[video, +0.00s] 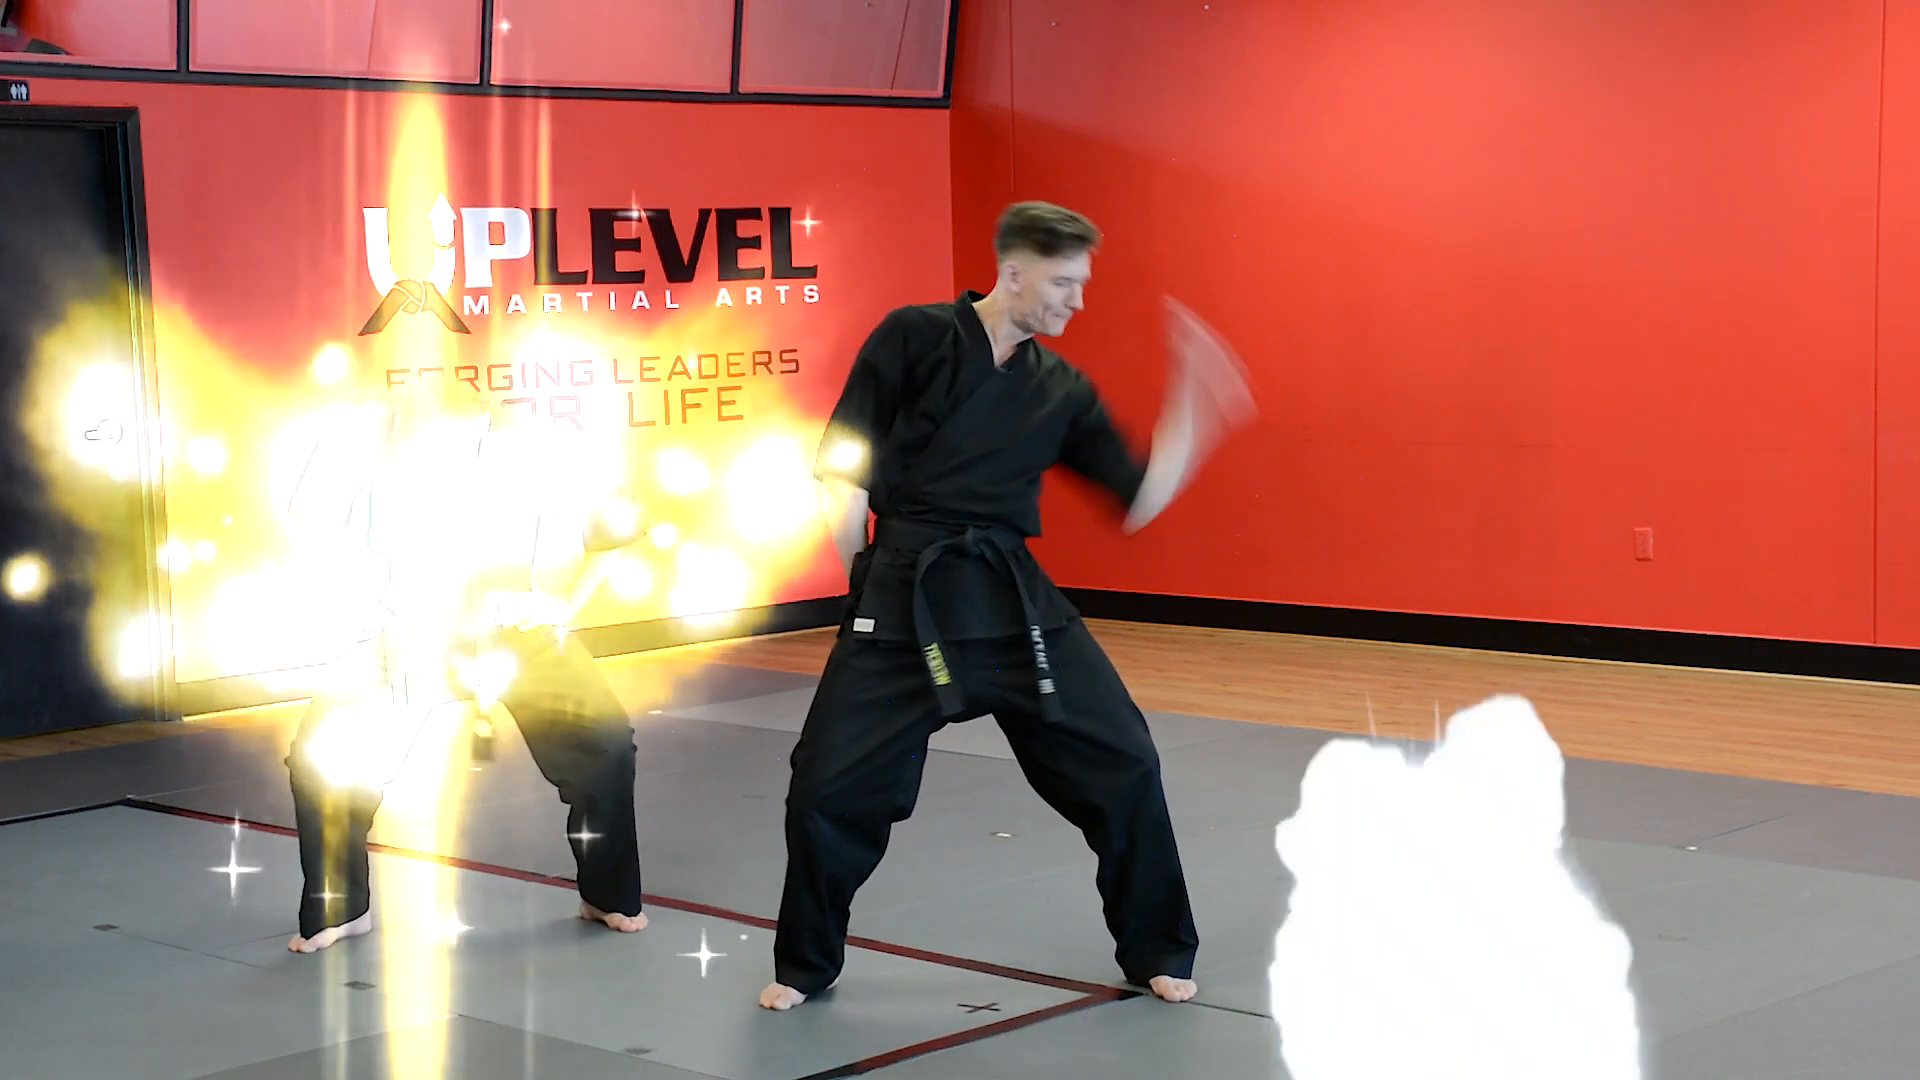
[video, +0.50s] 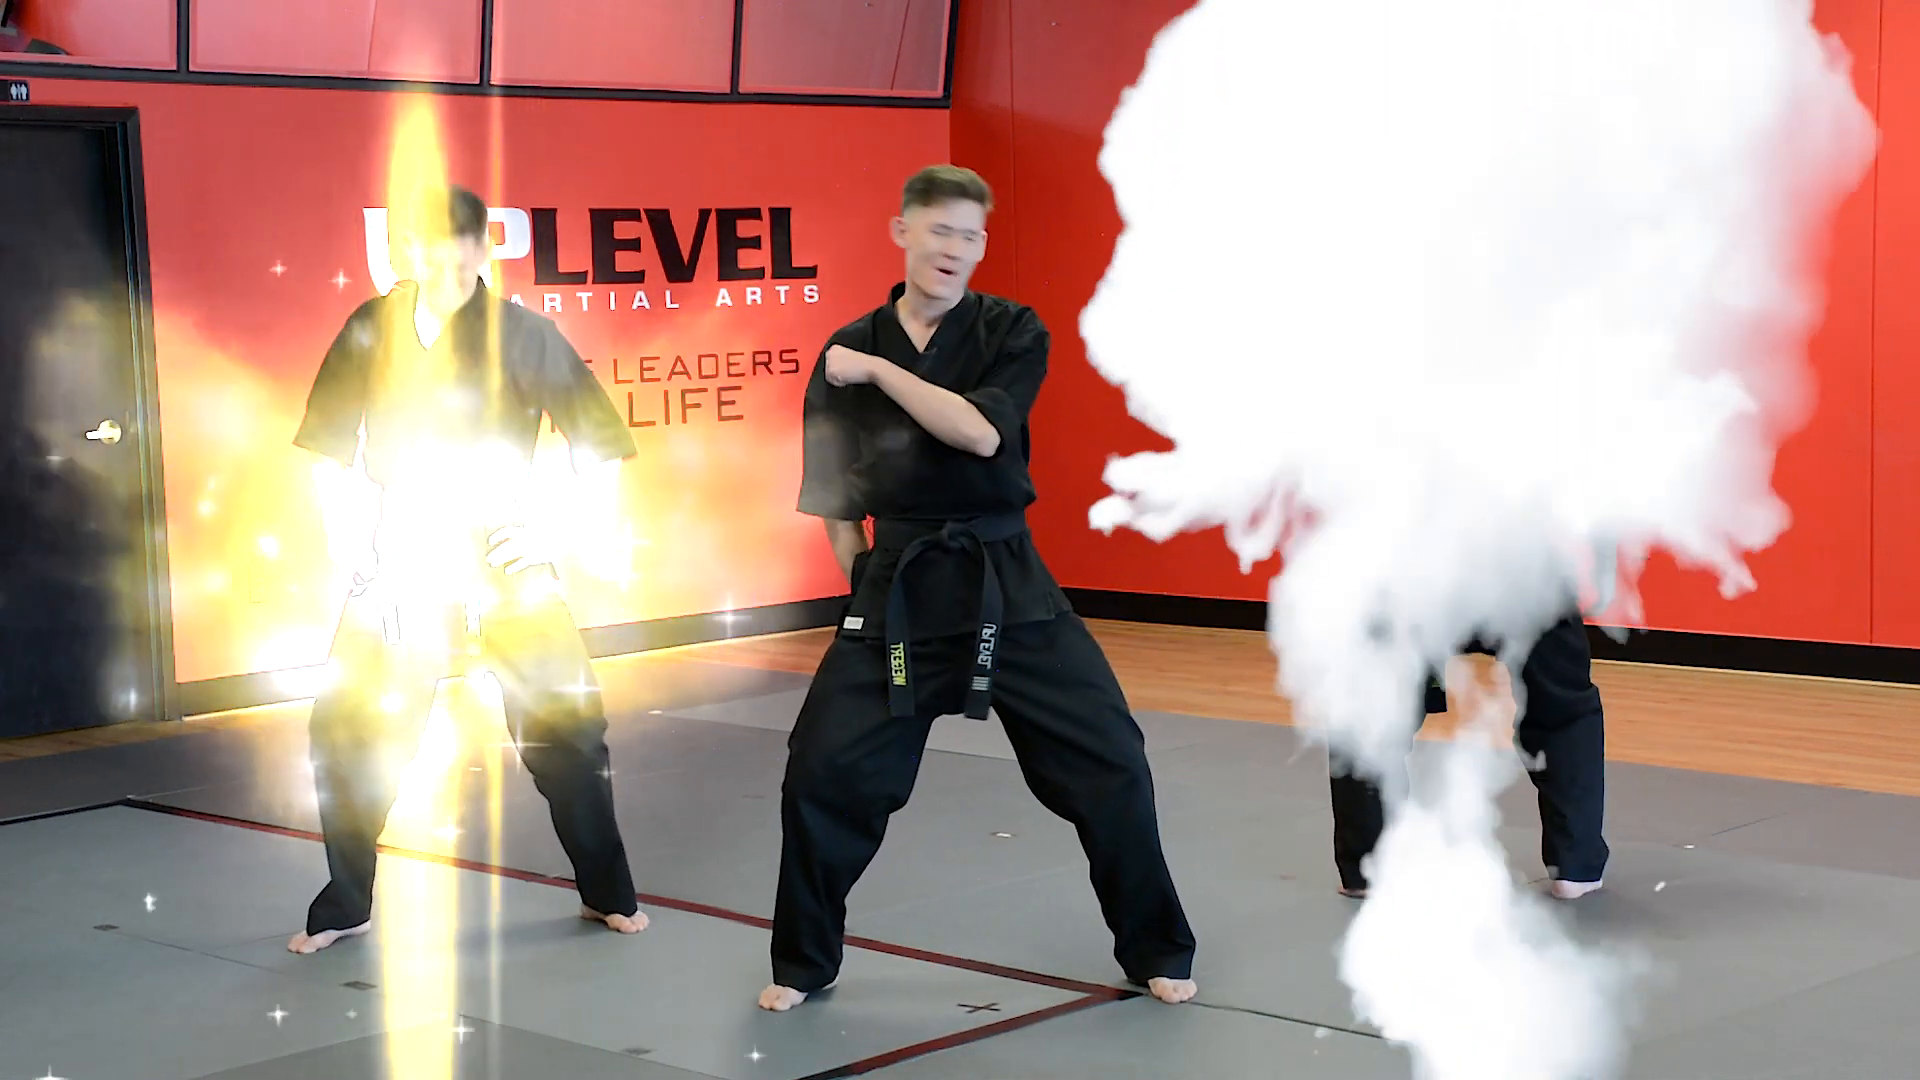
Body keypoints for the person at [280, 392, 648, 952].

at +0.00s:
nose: (412, 380)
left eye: (426, 362)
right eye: (394, 366)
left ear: (458, 356)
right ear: (369, 364)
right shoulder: (357, 445)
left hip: (514, 628)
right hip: (401, 636)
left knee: (604, 739)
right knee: (317, 756)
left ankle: (606, 890)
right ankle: (337, 903)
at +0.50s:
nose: (422, 264)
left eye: (441, 246)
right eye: (412, 246)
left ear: (478, 248)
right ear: (398, 250)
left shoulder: (523, 337)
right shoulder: (367, 333)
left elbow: (602, 447)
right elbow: (326, 458)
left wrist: (554, 533)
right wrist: (349, 563)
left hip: (509, 564)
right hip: (400, 568)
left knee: (565, 719)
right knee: (345, 720)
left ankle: (608, 886)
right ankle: (347, 894)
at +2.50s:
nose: (381, 226)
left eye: (386, 212)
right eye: (360, 220)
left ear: (403, 223)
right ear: (330, 245)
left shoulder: (472, 308)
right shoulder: (327, 344)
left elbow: (561, 407)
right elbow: (285, 450)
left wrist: (537, 514)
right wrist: (311, 531)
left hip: (476, 539)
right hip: (378, 546)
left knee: (529, 725)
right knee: (363, 740)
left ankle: (591, 892)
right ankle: (351, 906)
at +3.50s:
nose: (366, 238)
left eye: (380, 223)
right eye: (352, 226)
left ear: (413, 229)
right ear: (338, 239)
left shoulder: (479, 310)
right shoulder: (336, 344)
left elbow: (567, 409)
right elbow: (283, 438)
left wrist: (541, 511)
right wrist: (269, 461)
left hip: (478, 539)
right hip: (379, 544)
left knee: (530, 724)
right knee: (366, 737)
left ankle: (592, 891)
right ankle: (352, 905)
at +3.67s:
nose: (370, 244)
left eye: (384, 230)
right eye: (361, 231)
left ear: (427, 231)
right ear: (354, 235)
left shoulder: (489, 313)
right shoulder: (339, 338)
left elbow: (577, 414)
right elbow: (257, 430)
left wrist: (543, 515)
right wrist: (231, 357)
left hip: (482, 537)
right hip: (382, 542)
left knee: (532, 724)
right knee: (368, 737)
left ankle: (592, 892)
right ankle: (351, 908)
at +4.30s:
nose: (427, 234)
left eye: (443, 222)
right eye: (417, 221)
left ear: (479, 228)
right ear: (405, 226)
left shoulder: (520, 320)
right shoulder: (367, 314)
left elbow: (607, 425)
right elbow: (250, 360)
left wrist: (549, 505)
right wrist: (308, 335)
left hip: (499, 538)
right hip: (399, 540)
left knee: (541, 725)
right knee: (379, 735)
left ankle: (593, 891)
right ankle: (353, 905)